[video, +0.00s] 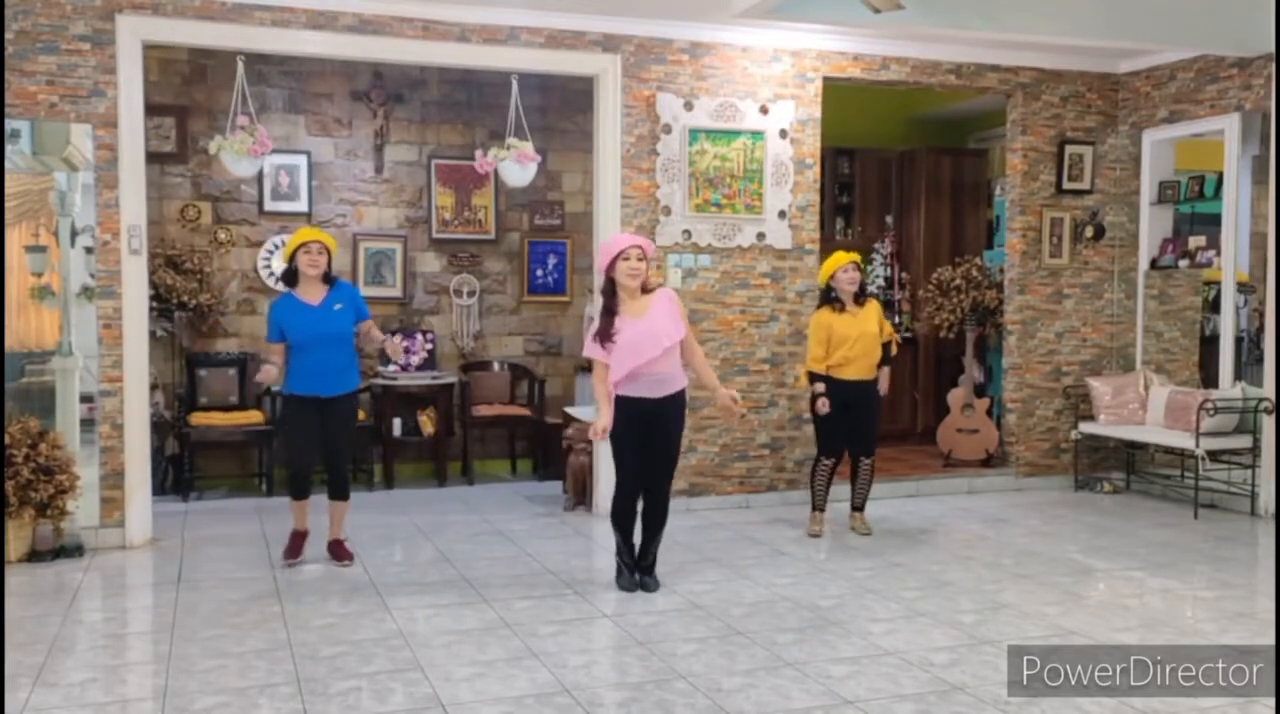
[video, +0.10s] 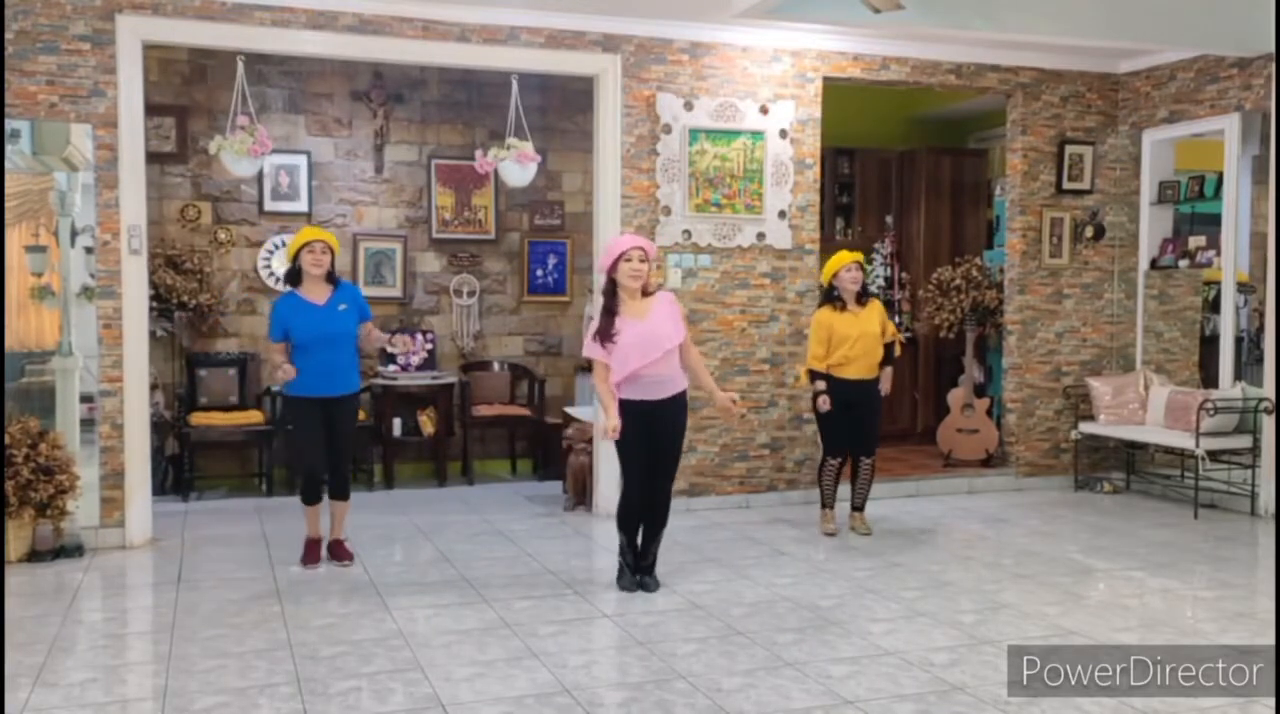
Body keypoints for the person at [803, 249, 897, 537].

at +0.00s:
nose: (852, 276)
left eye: (855, 270)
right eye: (844, 271)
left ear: (861, 276)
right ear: (832, 280)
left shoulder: (872, 308)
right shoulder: (823, 316)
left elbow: (888, 338)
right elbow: (815, 358)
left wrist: (885, 368)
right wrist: (819, 392)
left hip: (866, 387)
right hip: (833, 387)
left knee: (865, 453)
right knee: (830, 452)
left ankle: (858, 512)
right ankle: (818, 512)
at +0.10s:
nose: (855, 275)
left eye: (858, 270)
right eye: (848, 271)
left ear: (863, 276)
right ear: (834, 280)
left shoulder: (875, 308)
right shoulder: (825, 315)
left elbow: (890, 338)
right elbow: (816, 357)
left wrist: (887, 369)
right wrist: (820, 390)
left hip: (868, 386)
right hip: (835, 386)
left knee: (866, 452)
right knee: (836, 452)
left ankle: (858, 512)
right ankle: (827, 511)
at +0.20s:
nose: (857, 275)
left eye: (860, 270)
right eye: (849, 271)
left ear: (865, 276)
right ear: (836, 280)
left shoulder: (875, 309)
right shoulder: (825, 315)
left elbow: (893, 339)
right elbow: (815, 357)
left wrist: (889, 370)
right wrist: (821, 388)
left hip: (869, 387)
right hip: (835, 387)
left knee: (866, 453)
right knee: (838, 453)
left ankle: (858, 512)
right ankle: (834, 512)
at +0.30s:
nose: (857, 275)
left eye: (861, 270)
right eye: (850, 270)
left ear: (865, 276)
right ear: (836, 278)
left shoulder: (876, 309)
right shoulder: (825, 314)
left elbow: (893, 339)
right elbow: (815, 357)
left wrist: (889, 370)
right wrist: (822, 388)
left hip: (869, 387)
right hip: (835, 386)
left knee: (866, 453)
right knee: (836, 453)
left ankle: (858, 512)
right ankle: (833, 512)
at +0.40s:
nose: (858, 274)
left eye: (861, 269)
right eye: (851, 270)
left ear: (866, 276)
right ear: (837, 278)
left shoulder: (877, 309)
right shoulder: (825, 315)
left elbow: (895, 340)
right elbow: (816, 357)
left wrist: (890, 370)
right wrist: (825, 388)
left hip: (869, 388)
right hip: (835, 387)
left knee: (866, 452)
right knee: (834, 453)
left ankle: (858, 512)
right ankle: (832, 512)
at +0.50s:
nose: (857, 274)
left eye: (861, 269)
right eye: (850, 269)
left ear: (866, 276)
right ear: (837, 278)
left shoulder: (878, 310)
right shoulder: (825, 314)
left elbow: (894, 342)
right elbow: (814, 357)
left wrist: (889, 373)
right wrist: (824, 386)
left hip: (867, 389)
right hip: (833, 389)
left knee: (865, 453)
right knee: (830, 454)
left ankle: (858, 512)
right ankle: (829, 511)